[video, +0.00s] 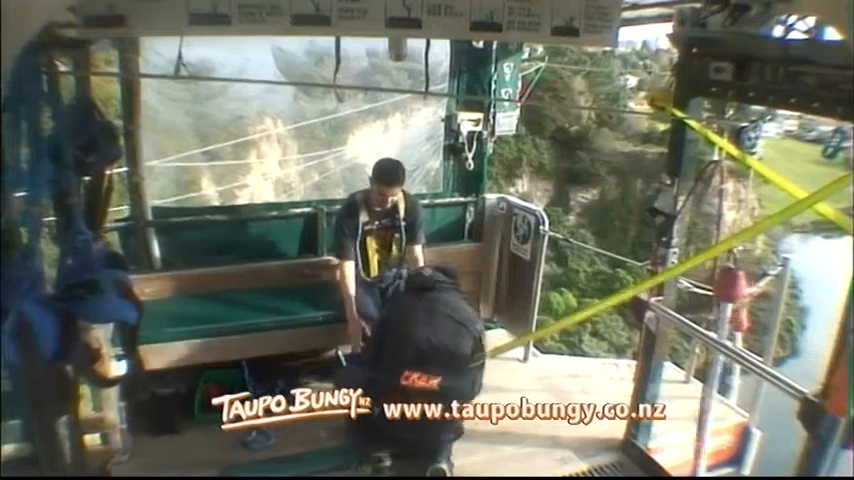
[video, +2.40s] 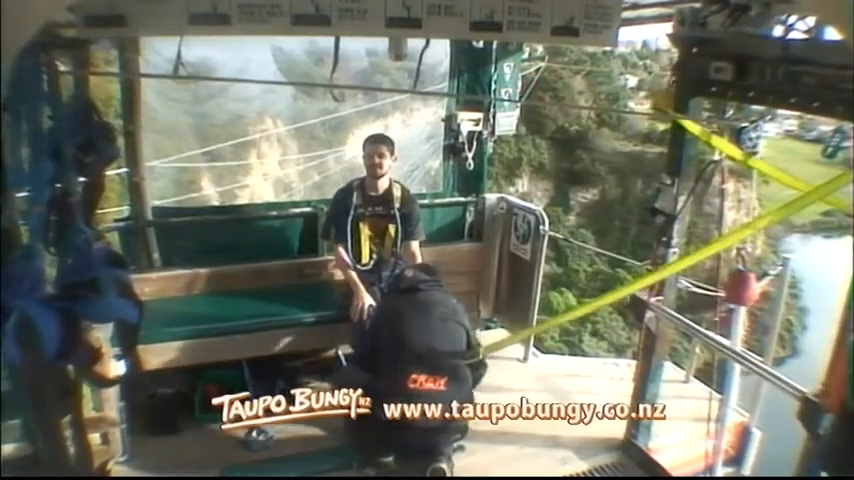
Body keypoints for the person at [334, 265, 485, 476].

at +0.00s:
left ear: (412, 284)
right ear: (454, 286)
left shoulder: (395, 306)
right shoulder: (470, 316)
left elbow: (372, 360)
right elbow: (473, 386)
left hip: (391, 406)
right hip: (447, 406)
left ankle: (377, 451)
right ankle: (442, 457)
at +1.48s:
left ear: (413, 278)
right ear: (448, 280)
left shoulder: (396, 301)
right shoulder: (466, 307)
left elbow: (372, 356)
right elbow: (479, 377)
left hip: (398, 409)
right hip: (452, 406)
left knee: (347, 377)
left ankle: (379, 450)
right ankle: (441, 455)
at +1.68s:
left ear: (414, 279)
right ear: (448, 282)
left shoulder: (393, 301)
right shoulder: (462, 306)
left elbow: (370, 355)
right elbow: (502, 361)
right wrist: (471, 395)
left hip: (393, 405)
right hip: (446, 406)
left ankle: (380, 452)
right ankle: (439, 459)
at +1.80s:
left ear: (413, 280)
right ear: (447, 284)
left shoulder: (387, 307)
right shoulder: (459, 308)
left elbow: (366, 358)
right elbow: (511, 351)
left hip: (391, 412)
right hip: (441, 414)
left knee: (350, 378)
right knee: (459, 376)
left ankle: (377, 452)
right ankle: (439, 459)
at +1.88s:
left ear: (407, 283)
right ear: (446, 284)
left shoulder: (388, 308)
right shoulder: (460, 309)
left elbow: (365, 358)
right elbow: (513, 350)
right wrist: (512, 409)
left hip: (391, 414)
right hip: (443, 415)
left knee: (350, 378)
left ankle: (376, 455)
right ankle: (438, 459)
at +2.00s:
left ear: (410, 280)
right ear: (444, 283)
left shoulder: (390, 304)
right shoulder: (457, 307)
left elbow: (366, 356)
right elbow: (499, 363)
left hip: (392, 408)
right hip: (444, 409)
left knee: (348, 378)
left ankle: (378, 453)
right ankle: (439, 458)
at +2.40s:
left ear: (403, 282)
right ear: (437, 283)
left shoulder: (386, 306)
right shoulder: (453, 306)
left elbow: (366, 359)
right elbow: (476, 362)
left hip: (394, 418)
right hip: (446, 419)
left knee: (345, 377)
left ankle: (377, 453)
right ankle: (442, 455)